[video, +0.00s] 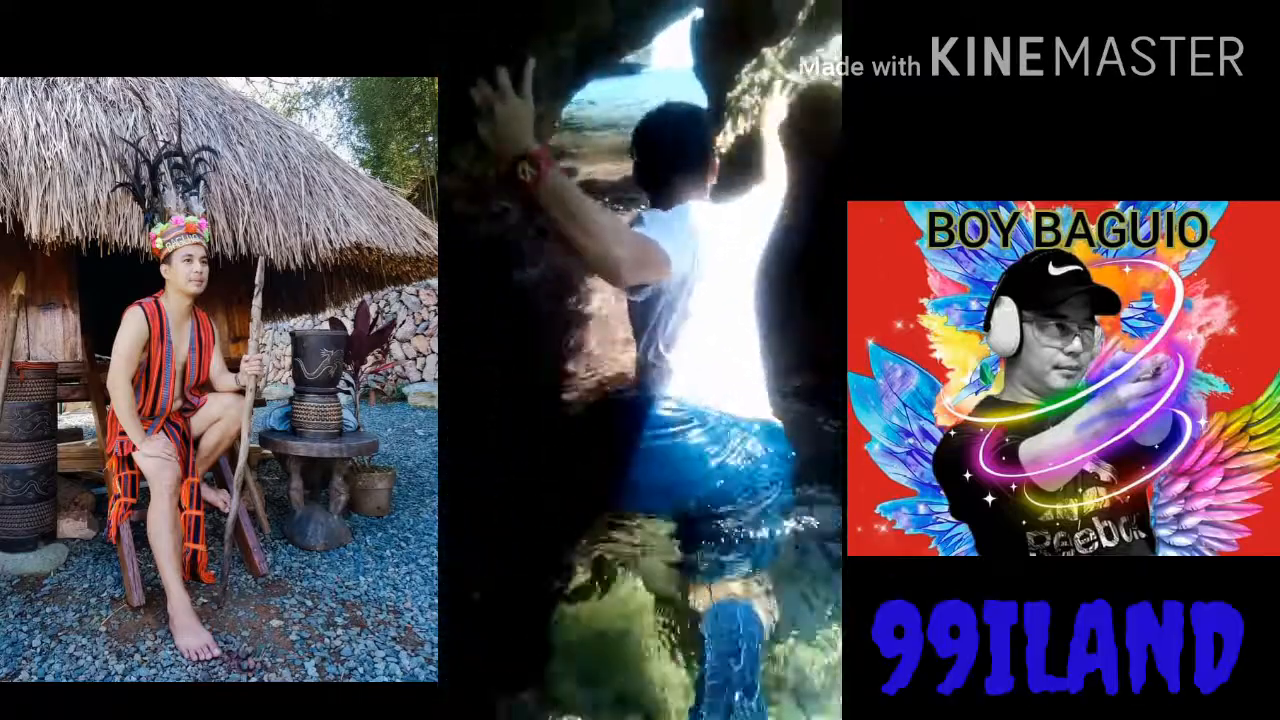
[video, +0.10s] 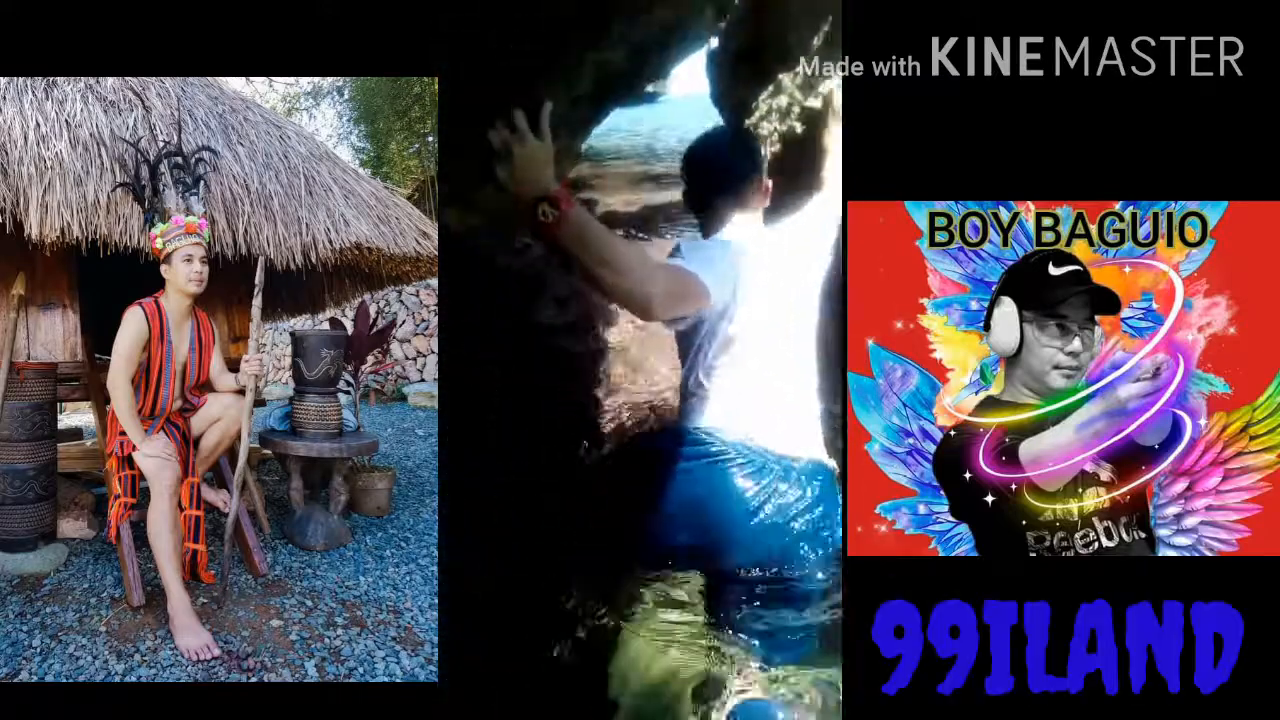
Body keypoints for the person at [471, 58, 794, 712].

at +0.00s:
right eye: (716, 156)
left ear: (643, 168)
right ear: (712, 167)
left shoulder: (679, 229)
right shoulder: (736, 225)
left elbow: (620, 259)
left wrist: (527, 157)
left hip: (690, 439)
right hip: (751, 444)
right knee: (733, 592)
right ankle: (735, 707)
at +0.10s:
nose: (769, 188)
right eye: (767, 177)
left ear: (693, 195)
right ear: (765, 190)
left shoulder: (726, 253)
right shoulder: (800, 254)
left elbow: (654, 293)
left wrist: (545, 197)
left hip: (729, 482)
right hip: (807, 490)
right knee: (780, 661)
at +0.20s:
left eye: (711, 188)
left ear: (712, 189)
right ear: (790, 186)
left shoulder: (739, 252)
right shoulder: (819, 245)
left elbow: (660, 284)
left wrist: (539, 189)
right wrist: (687, 418)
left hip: (740, 481)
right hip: (824, 492)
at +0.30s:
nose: (708, 188)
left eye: (711, 172)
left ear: (717, 175)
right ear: (798, 171)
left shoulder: (742, 243)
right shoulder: (834, 227)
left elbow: (650, 270)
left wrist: (521, 174)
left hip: (742, 483)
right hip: (831, 519)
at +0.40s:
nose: (708, 181)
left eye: (712, 166)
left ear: (719, 170)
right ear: (810, 170)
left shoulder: (742, 247)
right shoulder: (834, 223)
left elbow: (648, 267)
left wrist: (514, 167)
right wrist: (828, 98)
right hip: (830, 513)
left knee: (606, 487)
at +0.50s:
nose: (725, 197)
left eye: (727, 181)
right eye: (727, 180)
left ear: (740, 186)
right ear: (822, 183)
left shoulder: (761, 255)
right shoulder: (860, 244)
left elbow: (654, 275)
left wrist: (525, 175)